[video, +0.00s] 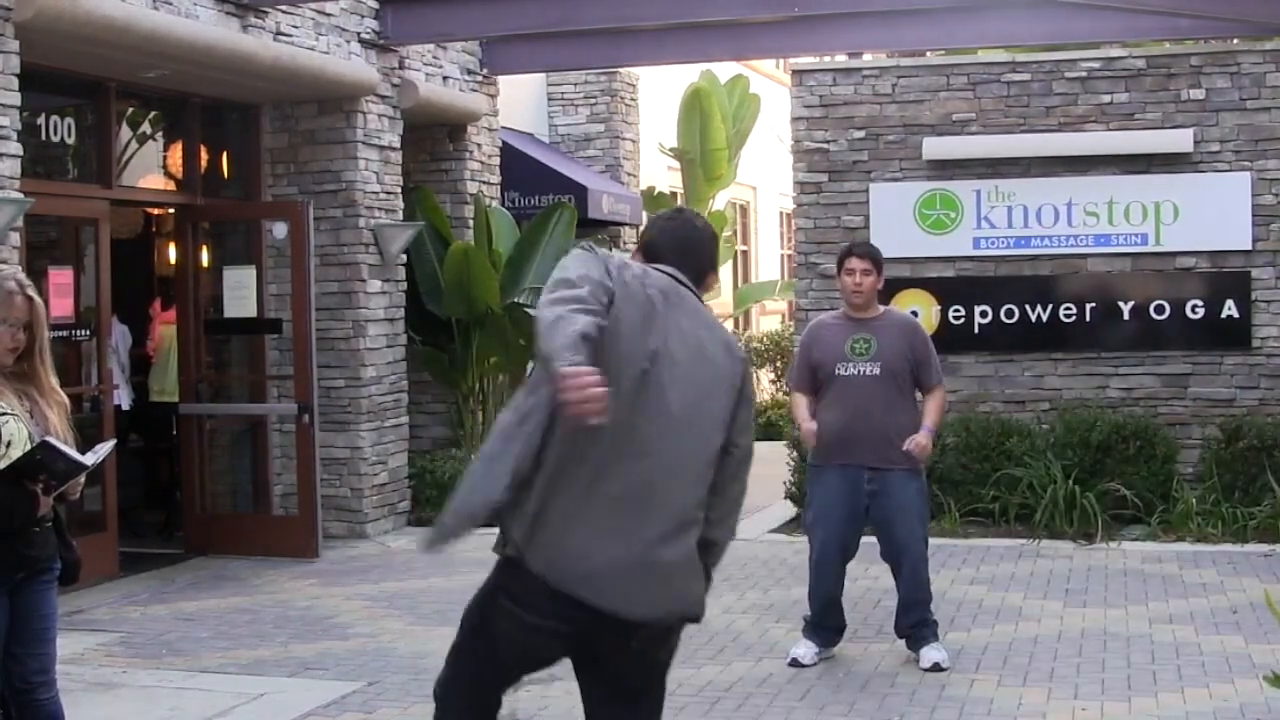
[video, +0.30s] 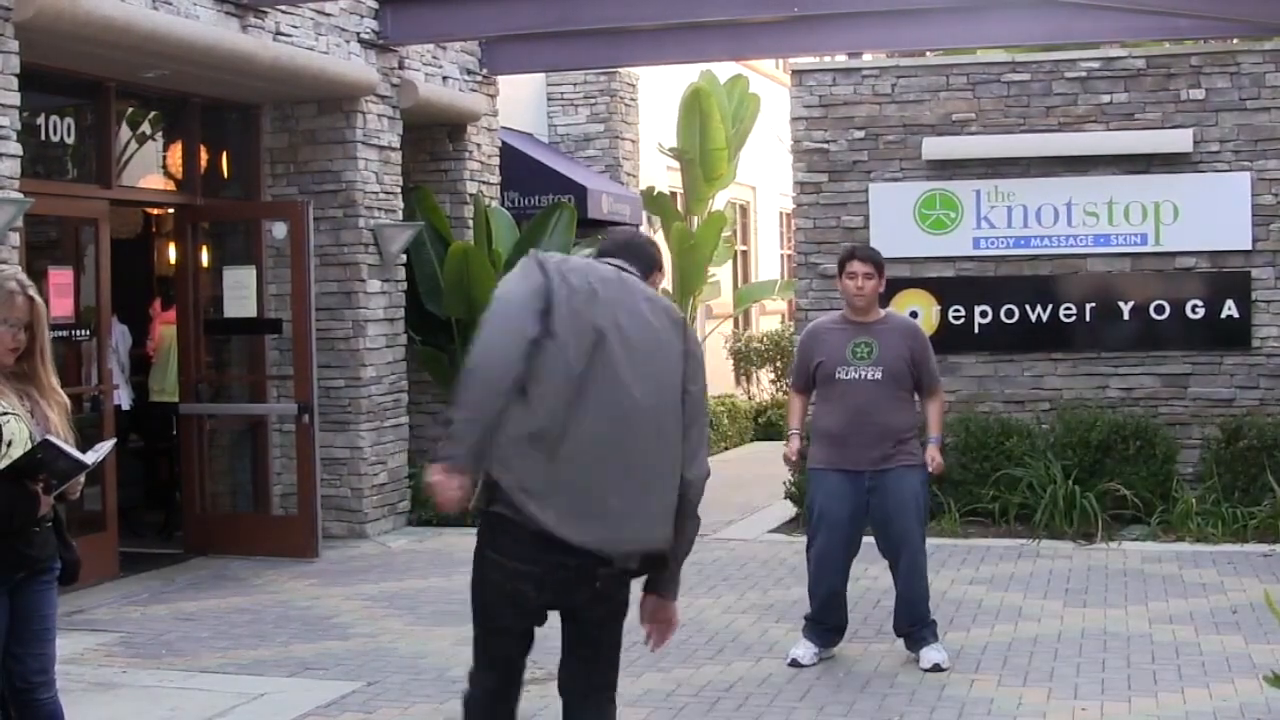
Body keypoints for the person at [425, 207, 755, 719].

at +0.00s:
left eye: (636, 245)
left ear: (639, 252)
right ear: (709, 281)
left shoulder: (602, 268)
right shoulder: (730, 355)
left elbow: (567, 308)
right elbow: (729, 488)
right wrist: (693, 573)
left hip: (551, 571)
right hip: (653, 595)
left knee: (464, 693)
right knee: (629, 714)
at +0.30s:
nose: (663, 288)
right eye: (662, 282)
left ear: (596, 254)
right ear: (656, 279)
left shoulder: (543, 271)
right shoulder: (677, 328)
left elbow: (494, 360)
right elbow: (692, 470)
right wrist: (665, 581)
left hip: (518, 529)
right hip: (613, 546)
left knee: (493, 687)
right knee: (592, 700)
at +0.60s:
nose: (637, 346)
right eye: (637, 338)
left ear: (578, 326)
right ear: (632, 340)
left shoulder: (516, 357)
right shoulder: (637, 384)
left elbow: (444, 424)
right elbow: (666, 464)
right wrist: (680, 561)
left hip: (505, 541)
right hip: (583, 542)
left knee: (516, 675)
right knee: (580, 642)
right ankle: (576, 716)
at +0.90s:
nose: (630, 288)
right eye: (630, 282)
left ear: (579, 274)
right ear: (625, 283)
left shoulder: (529, 305)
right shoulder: (633, 328)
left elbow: (482, 369)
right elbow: (657, 423)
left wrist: (501, 430)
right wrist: (640, 489)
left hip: (524, 475)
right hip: (596, 483)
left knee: (521, 577)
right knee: (590, 592)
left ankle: (522, 645)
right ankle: (584, 706)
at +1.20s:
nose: (597, 264)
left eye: (552, 253)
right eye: (598, 257)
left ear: (552, 257)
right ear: (596, 260)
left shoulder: (521, 299)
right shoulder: (619, 306)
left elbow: (488, 363)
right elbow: (648, 381)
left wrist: (486, 428)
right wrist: (625, 432)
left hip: (539, 455)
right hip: (599, 457)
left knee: (535, 560)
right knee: (594, 556)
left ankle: (529, 670)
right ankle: (602, 666)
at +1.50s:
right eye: (601, 286)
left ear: (565, 290)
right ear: (601, 290)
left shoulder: (546, 321)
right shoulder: (618, 323)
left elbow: (532, 356)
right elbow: (679, 340)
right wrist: (683, 389)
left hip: (556, 454)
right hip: (604, 455)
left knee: (548, 536)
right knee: (602, 524)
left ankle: (534, 625)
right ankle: (607, 616)